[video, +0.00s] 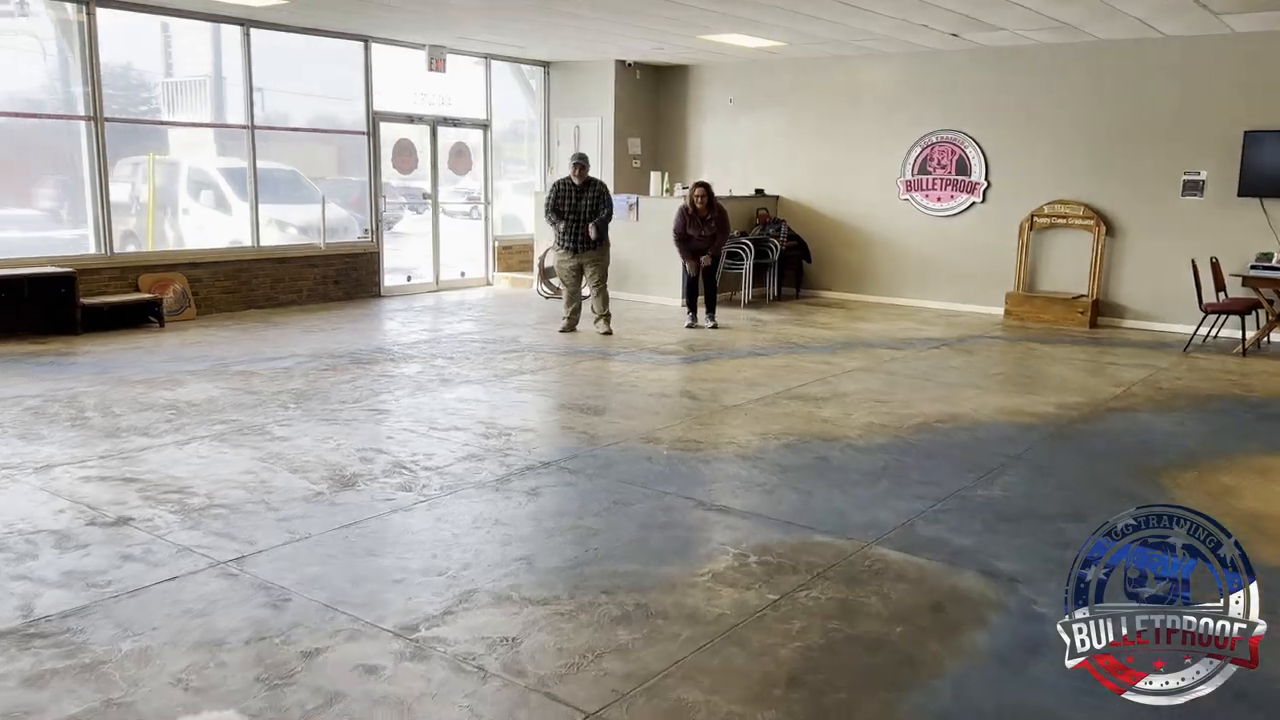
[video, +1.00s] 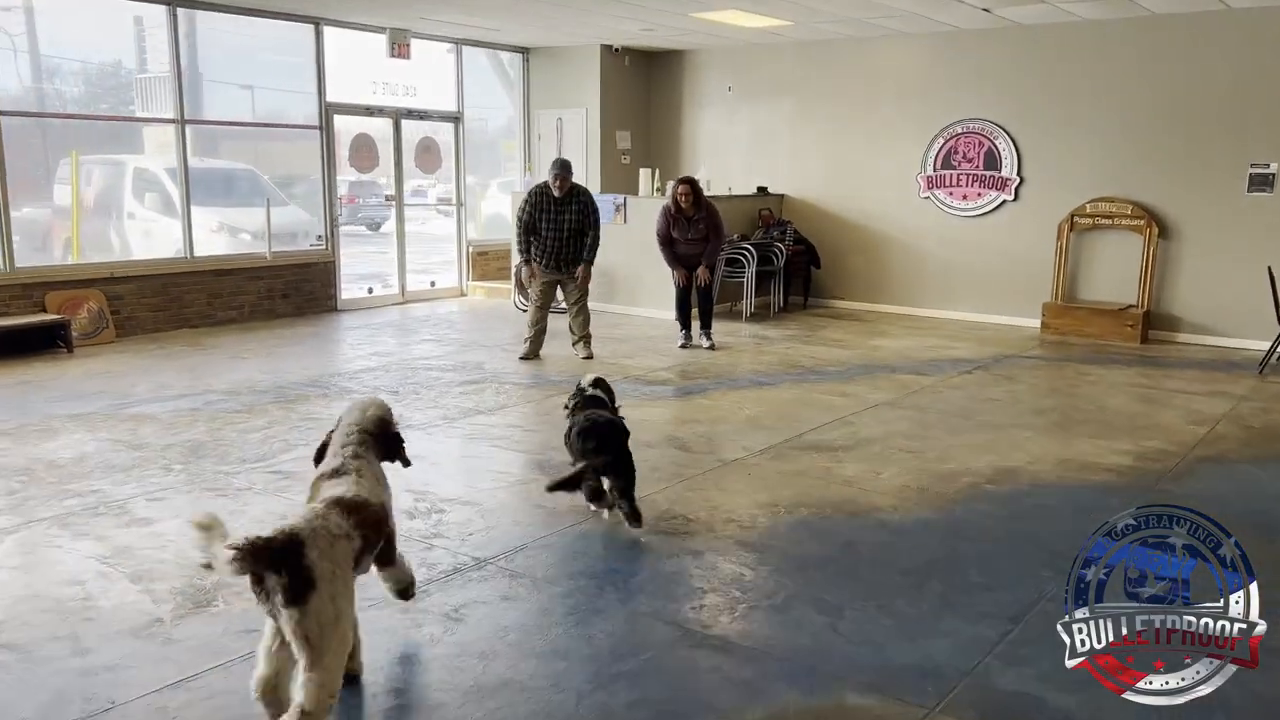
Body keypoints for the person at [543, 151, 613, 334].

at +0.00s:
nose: (577, 170)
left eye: (581, 167)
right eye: (574, 166)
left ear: (587, 169)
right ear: (570, 168)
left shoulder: (599, 187)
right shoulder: (559, 187)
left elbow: (607, 211)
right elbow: (549, 211)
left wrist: (597, 224)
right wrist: (559, 224)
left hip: (594, 248)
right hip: (566, 248)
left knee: (598, 287)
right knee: (569, 288)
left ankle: (602, 321)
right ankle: (570, 320)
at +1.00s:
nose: (558, 183)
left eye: (563, 179)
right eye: (554, 178)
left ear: (571, 177)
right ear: (549, 177)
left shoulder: (583, 196)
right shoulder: (536, 195)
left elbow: (594, 231)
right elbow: (522, 228)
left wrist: (587, 263)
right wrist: (526, 261)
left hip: (573, 265)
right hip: (543, 264)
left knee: (578, 308)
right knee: (537, 308)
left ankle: (583, 346)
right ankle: (531, 347)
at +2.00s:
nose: (536, 227)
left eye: (543, 224)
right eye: (533, 221)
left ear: (555, 220)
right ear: (529, 215)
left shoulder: (570, 229)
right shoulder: (515, 229)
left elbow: (595, 266)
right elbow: (500, 269)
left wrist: (610, 303)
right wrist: (500, 308)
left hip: (567, 283)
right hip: (528, 282)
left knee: (572, 327)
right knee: (523, 328)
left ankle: (578, 377)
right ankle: (516, 378)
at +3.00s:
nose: (607, 187)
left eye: (614, 181)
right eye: (602, 180)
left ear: (627, 178)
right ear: (594, 176)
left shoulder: (649, 203)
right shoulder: (575, 200)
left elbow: (671, 243)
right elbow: (554, 240)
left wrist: (670, 282)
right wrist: (553, 284)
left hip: (639, 286)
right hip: (590, 284)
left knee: (644, 342)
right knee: (588, 341)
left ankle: (651, 401)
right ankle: (579, 400)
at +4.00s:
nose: (592, 125)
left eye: (602, 122)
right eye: (588, 116)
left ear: (618, 117)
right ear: (582, 101)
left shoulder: (640, 131)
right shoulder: (552, 120)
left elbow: (655, 183)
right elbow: (524, 174)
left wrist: (639, 233)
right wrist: (528, 235)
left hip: (615, 224)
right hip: (561, 221)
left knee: (624, 288)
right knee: (557, 289)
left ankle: (634, 353)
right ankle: (548, 356)